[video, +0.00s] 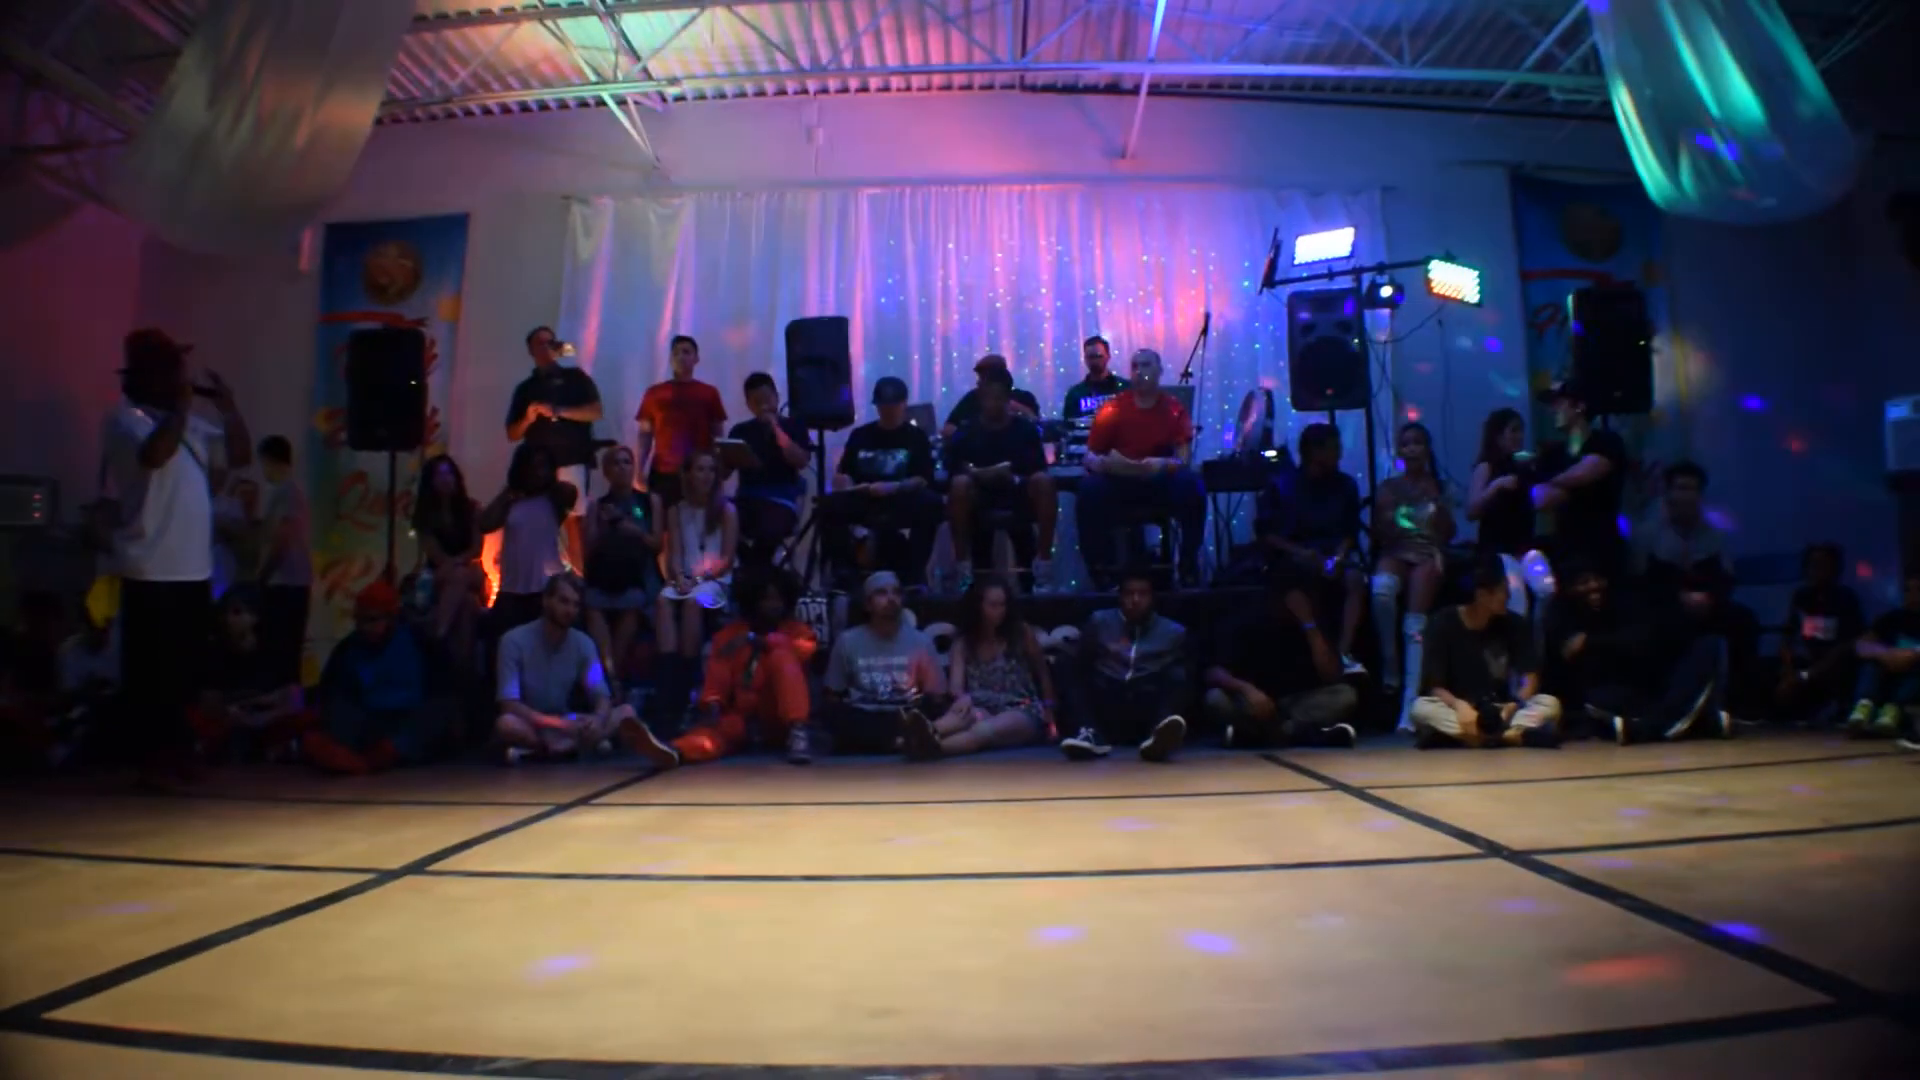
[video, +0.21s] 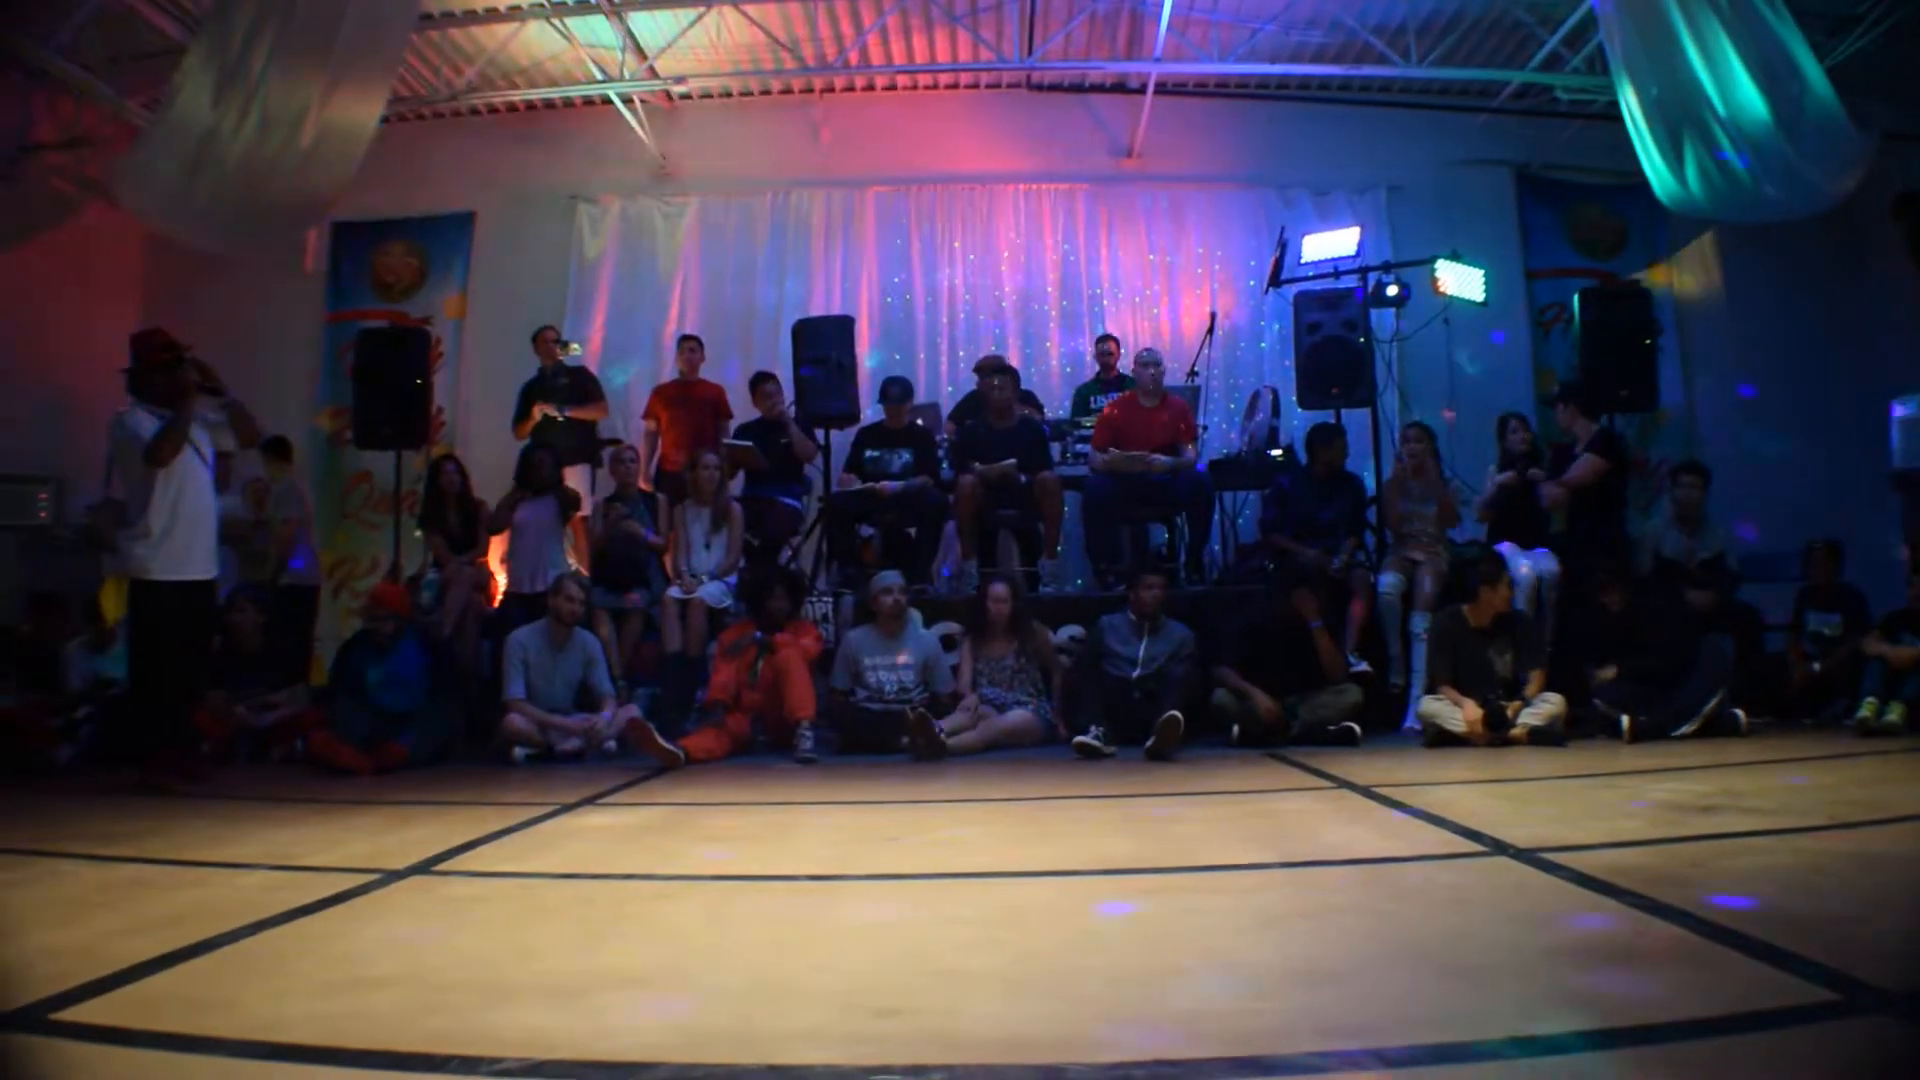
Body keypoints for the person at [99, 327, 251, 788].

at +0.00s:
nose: (178, 381)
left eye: (178, 373)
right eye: (168, 372)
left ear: (176, 378)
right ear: (142, 377)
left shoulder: (185, 426)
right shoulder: (127, 421)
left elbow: (239, 457)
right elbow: (153, 455)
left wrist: (227, 405)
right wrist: (181, 404)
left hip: (193, 578)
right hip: (151, 578)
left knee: (187, 679)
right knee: (150, 680)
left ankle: (183, 760)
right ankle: (148, 764)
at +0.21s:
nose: (178, 380)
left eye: (180, 370)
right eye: (165, 371)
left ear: (186, 376)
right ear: (143, 379)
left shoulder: (194, 426)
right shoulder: (133, 422)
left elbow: (250, 437)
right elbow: (158, 456)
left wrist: (219, 391)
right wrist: (185, 403)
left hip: (199, 575)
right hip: (156, 576)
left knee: (192, 677)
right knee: (156, 678)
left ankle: (188, 758)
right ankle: (152, 762)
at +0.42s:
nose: (182, 382)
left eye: (184, 374)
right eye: (171, 374)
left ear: (186, 380)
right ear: (148, 380)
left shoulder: (193, 428)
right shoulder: (132, 422)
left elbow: (250, 426)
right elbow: (157, 456)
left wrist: (213, 389)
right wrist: (183, 406)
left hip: (195, 577)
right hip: (154, 577)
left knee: (189, 679)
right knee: (154, 680)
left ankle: (185, 760)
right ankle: (151, 766)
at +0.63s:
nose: (183, 384)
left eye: (184, 376)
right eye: (171, 375)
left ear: (186, 382)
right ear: (147, 382)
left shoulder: (193, 428)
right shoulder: (130, 423)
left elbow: (250, 431)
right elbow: (157, 460)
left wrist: (211, 390)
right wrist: (185, 408)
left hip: (194, 577)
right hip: (152, 577)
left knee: (187, 678)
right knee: (153, 679)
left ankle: (183, 760)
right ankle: (150, 766)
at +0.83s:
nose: (180, 386)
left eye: (182, 377)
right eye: (169, 378)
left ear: (183, 384)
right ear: (147, 384)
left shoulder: (188, 430)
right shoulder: (129, 425)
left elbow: (245, 436)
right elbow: (153, 462)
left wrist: (213, 396)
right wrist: (183, 414)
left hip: (187, 577)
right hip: (148, 577)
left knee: (181, 678)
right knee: (149, 679)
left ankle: (175, 761)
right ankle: (147, 766)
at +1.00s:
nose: (178, 385)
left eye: (179, 377)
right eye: (167, 378)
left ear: (178, 383)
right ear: (144, 384)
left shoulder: (184, 429)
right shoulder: (126, 425)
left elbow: (242, 435)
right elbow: (155, 461)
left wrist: (210, 397)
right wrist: (184, 410)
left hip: (185, 579)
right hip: (147, 578)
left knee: (180, 679)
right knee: (148, 681)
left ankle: (175, 762)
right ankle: (146, 767)